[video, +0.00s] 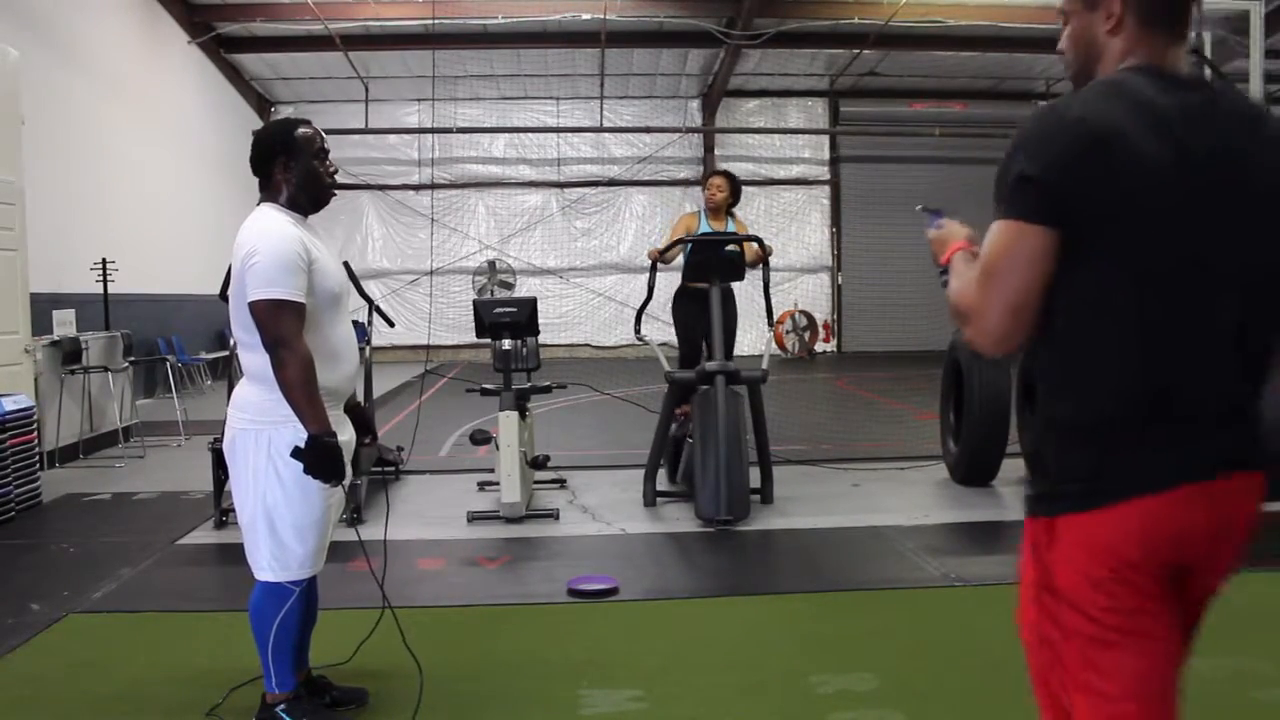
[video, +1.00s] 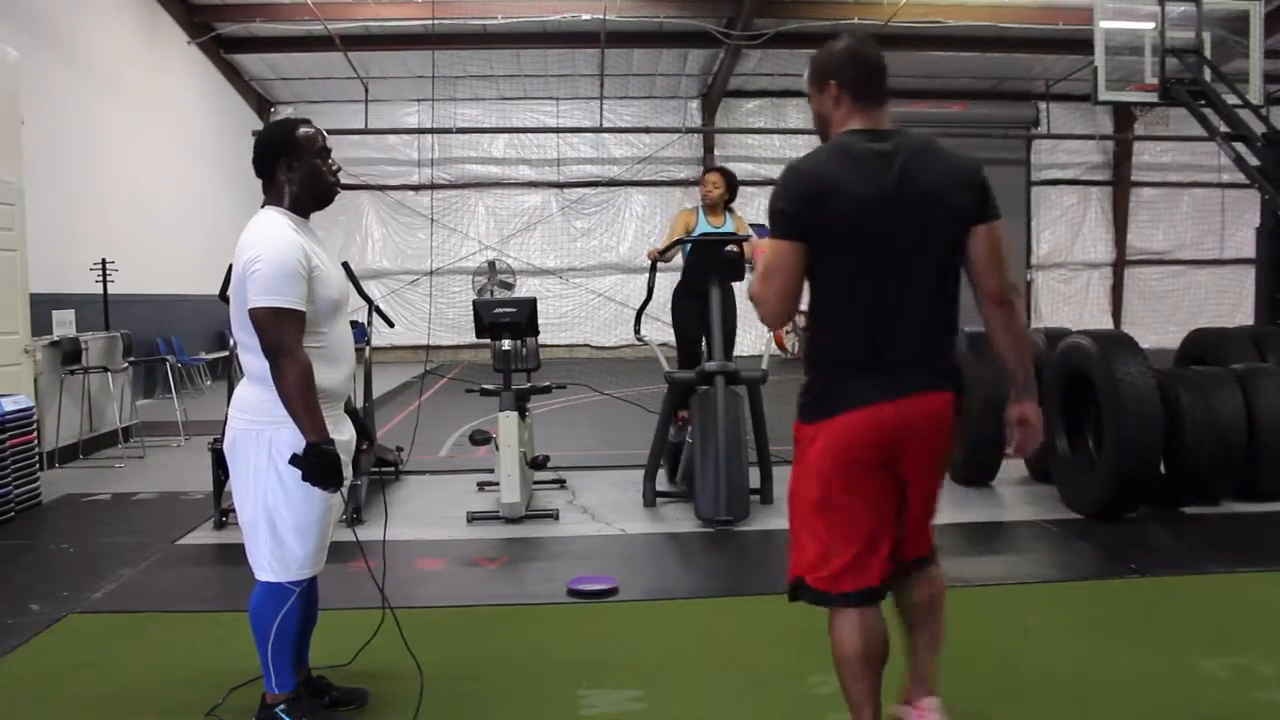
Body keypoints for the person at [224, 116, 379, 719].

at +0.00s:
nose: (333, 167)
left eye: (330, 156)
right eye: (320, 157)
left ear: (292, 170)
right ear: (286, 169)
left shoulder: (298, 235)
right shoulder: (272, 236)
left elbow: (317, 337)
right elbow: (282, 345)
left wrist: (352, 403)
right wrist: (318, 432)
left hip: (304, 426)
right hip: (277, 430)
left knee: (301, 564)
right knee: (284, 570)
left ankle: (297, 679)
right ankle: (281, 697)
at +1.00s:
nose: (336, 165)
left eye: (331, 154)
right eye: (323, 156)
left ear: (292, 171)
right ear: (288, 169)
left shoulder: (296, 238)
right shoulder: (274, 242)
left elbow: (312, 345)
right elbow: (283, 353)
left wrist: (350, 411)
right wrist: (318, 441)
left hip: (301, 429)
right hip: (278, 432)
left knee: (301, 566)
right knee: (284, 572)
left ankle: (297, 680)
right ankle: (281, 698)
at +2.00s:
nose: (334, 165)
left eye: (330, 154)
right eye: (321, 155)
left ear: (292, 171)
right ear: (286, 169)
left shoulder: (295, 238)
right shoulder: (272, 241)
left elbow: (311, 344)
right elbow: (282, 351)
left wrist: (349, 410)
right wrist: (317, 440)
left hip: (299, 427)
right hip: (275, 431)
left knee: (298, 566)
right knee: (282, 571)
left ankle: (296, 680)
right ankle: (280, 698)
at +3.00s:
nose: (338, 168)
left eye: (335, 156)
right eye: (326, 158)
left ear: (295, 171)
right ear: (291, 170)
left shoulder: (298, 237)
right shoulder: (276, 239)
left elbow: (316, 343)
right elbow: (286, 349)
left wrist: (353, 410)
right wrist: (323, 437)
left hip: (299, 429)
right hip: (275, 432)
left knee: (299, 566)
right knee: (282, 571)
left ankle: (296, 680)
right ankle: (280, 697)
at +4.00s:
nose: (344, 171)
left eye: (340, 159)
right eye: (332, 160)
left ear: (300, 172)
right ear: (297, 170)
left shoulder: (302, 239)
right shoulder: (279, 241)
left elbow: (317, 340)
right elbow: (285, 348)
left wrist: (358, 400)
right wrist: (341, 426)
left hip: (306, 429)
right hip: (281, 434)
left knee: (302, 565)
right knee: (283, 570)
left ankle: (297, 681)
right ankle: (280, 698)